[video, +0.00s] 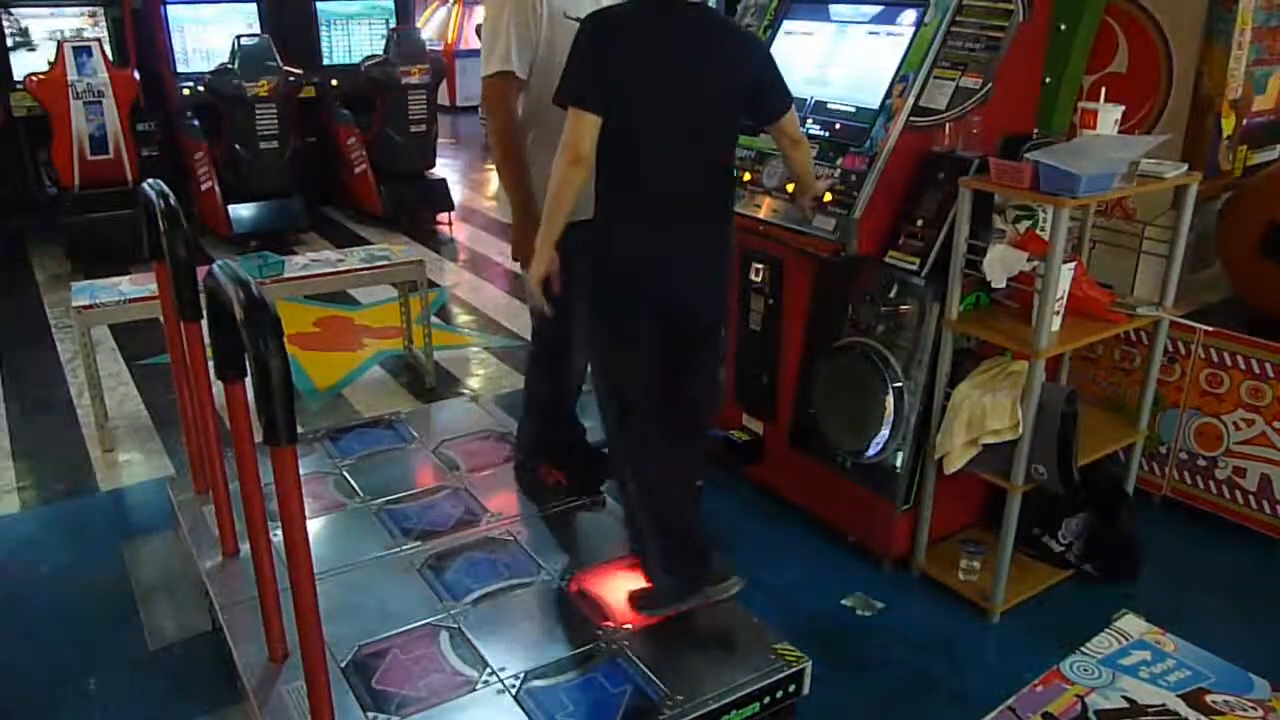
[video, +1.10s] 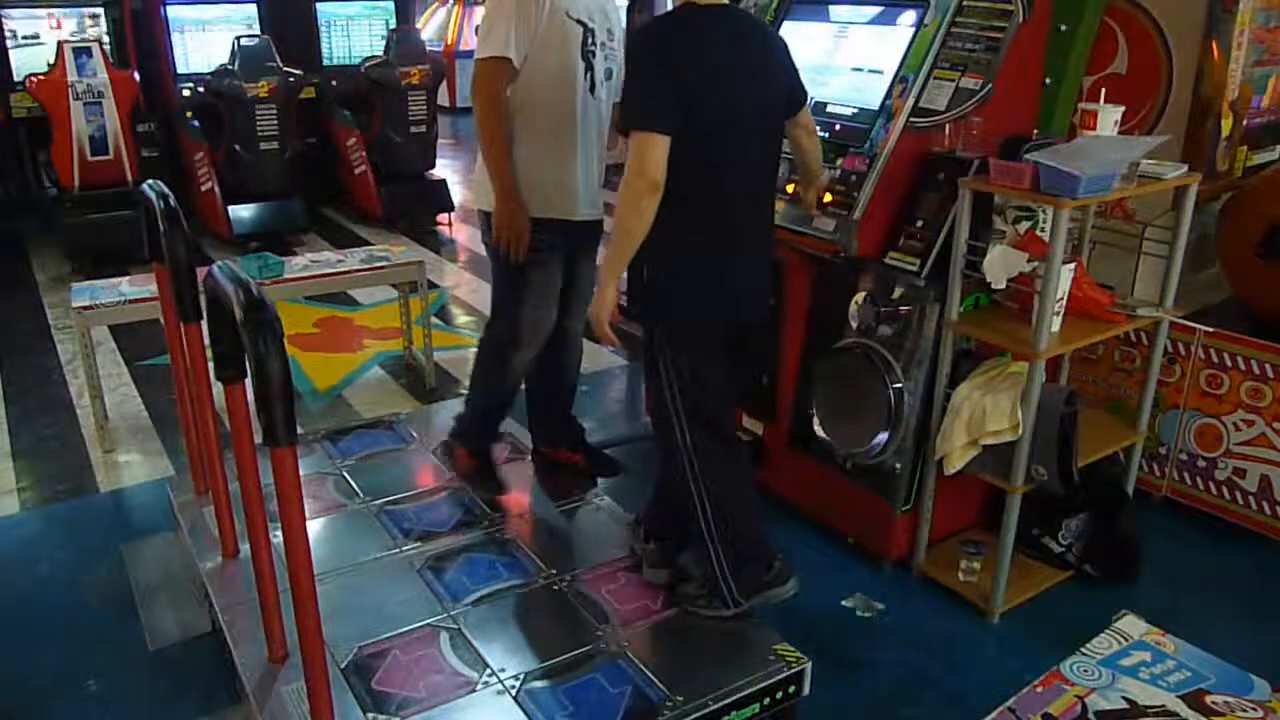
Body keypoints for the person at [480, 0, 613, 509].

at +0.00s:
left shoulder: (631, 11)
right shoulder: (522, 3)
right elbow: (498, 105)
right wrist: (524, 217)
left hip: (613, 202)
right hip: (557, 206)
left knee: (583, 339)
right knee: (558, 341)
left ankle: (568, 451)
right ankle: (541, 458)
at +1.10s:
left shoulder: (611, 10)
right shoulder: (524, 1)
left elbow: (608, 109)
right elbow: (487, 88)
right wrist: (506, 198)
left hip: (582, 204)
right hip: (525, 203)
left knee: (565, 336)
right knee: (520, 333)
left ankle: (556, 443)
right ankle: (471, 441)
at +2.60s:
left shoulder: (568, 13)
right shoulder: (469, 4)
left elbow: (572, 107)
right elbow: (425, 87)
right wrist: (434, 192)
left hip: (545, 207)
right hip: (474, 206)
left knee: (543, 343)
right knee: (450, 347)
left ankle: (555, 447)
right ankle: (423, 460)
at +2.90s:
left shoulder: (512, 10)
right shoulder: (390, 6)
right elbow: (353, 104)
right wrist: (373, 220)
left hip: (499, 215)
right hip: (417, 220)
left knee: (530, 357)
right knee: (414, 361)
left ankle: (551, 471)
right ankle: (408, 470)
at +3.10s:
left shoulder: (482, 8)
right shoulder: (349, 5)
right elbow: (294, 89)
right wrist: (293, 211)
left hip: (470, 201)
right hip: (385, 208)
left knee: (501, 340)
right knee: (401, 347)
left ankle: (523, 466)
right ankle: (408, 466)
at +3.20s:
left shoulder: (474, 7)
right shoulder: (337, 5)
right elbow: (263, 88)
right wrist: (253, 213)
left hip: (459, 202)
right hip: (375, 209)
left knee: (476, 337)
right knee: (395, 347)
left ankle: (471, 447)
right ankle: (408, 467)